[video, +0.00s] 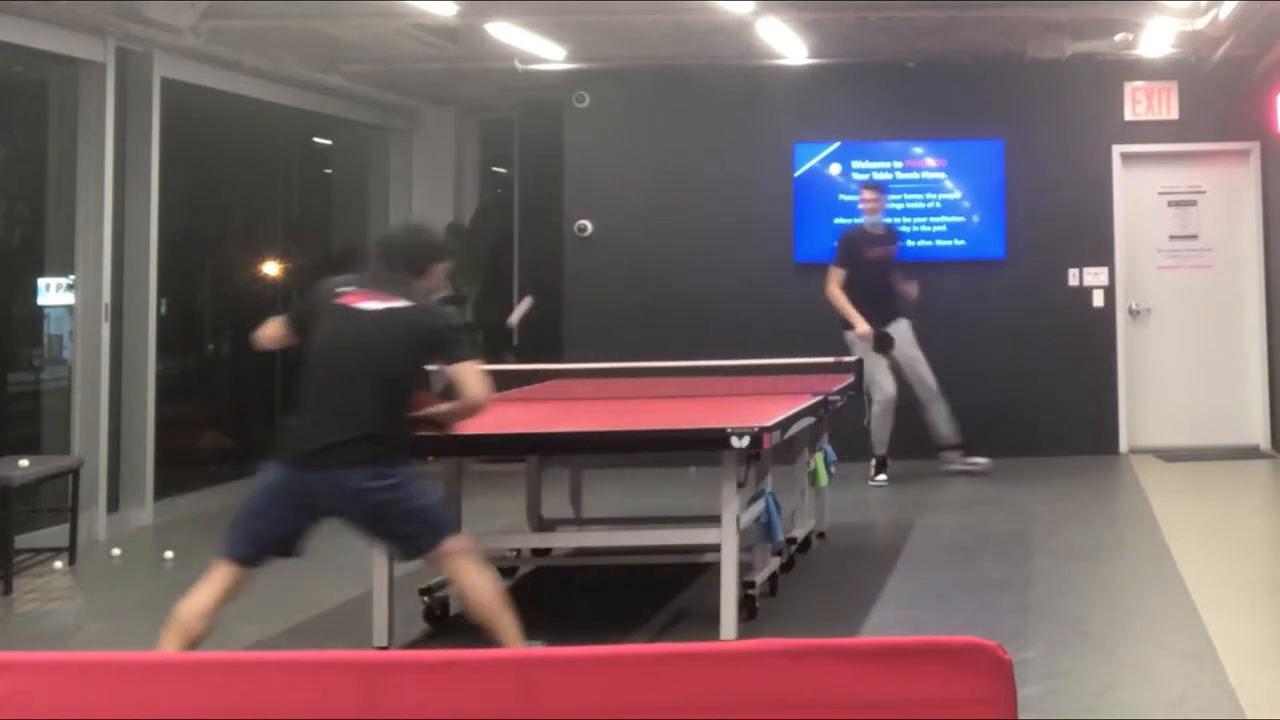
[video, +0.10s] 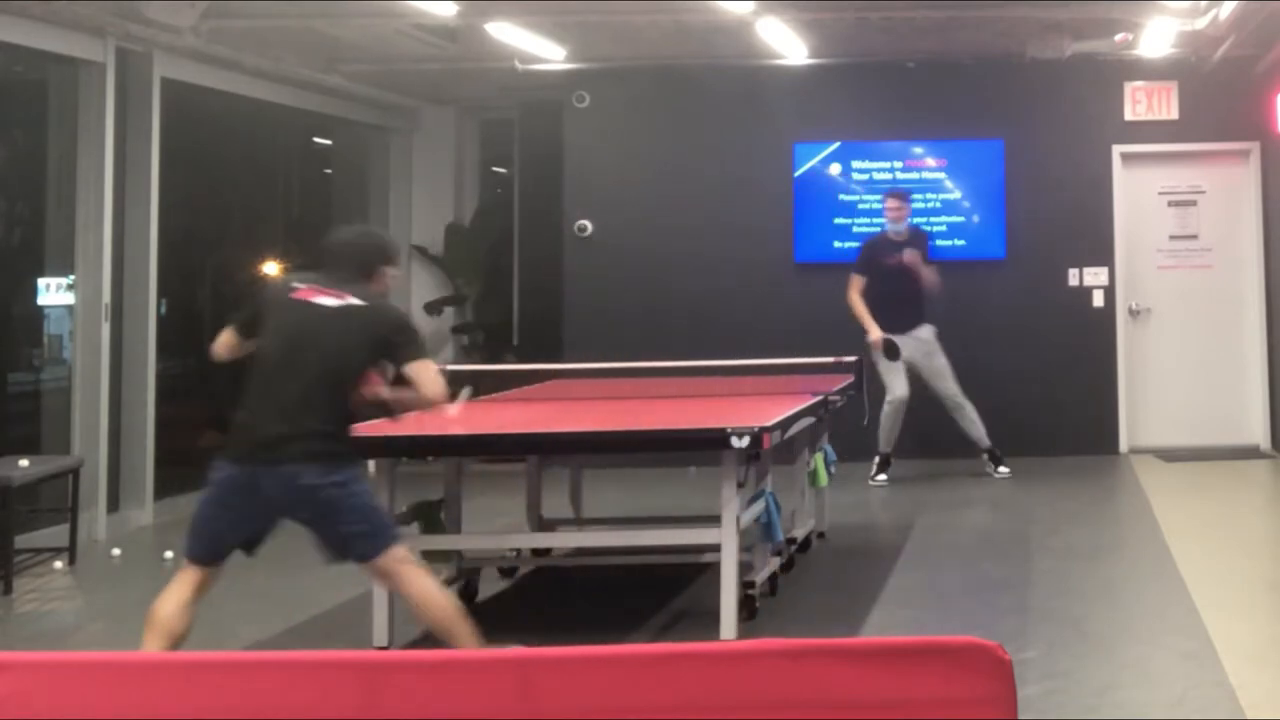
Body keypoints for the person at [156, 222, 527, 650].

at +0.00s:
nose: (444, 285)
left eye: (445, 275)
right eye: (441, 275)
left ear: (383, 262)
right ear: (424, 274)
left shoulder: (331, 295)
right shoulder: (431, 316)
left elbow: (265, 337)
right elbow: (478, 393)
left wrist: (320, 323)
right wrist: (440, 412)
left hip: (296, 467)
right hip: (370, 470)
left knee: (224, 572)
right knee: (457, 554)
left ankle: (155, 674)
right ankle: (524, 659)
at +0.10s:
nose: (392, 283)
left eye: (392, 273)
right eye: (390, 274)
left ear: (328, 262)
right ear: (376, 275)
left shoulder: (278, 293)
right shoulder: (382, 317)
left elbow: (221, 349)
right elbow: (434, 392)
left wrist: (276, 336)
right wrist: (382, 395)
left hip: (246, 462)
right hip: (319, 466)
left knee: (191, 575)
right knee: (401, 567)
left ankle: (140, 678)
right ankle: (482, 662)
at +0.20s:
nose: (356, 261)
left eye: (355, 253)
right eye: (353, 252)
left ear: (291, 244)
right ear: (339, 252)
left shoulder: (247, 272)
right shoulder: (356, 295)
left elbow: (215, 354)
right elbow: (415, 363)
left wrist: (275, 346)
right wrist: (371, 352)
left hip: (220, 446)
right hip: (297, 450)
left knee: (178, 566)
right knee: (357, 567)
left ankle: (137, 681)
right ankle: (426, 674)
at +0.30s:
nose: (336, 233)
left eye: (334, 224)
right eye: (332, 224)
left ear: (272, 224)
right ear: (321, 228)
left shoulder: (235, 252)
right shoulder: (343, 277)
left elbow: (188, 322)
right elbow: (396, 310)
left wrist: (238, 325)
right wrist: (425, 313)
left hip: (212, 431)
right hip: (289, 435)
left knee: (167, 564)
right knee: (339, 555)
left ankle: (137, 683)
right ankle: (393, 670)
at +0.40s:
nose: (325, 218)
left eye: (322, 210)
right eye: (321, 211)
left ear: (259, 215)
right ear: (311, 218)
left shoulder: (226, 246)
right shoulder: (337, 268)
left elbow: (160, 287)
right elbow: (393, 320)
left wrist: (179, 334)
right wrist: (408, 315)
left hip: (218, 428)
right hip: (297, 432)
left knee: (158, 554)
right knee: (340, 550)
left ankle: (126, 677)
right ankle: (387, 666)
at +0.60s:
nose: (314, 233)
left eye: (313, 224)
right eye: (310, 224)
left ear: (247, 227)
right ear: (295, 230)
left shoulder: (197, 274)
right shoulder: (320, 290)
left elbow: (127, 335)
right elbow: (353, 379)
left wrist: (157, 368)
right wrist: (364, 374)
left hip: (194, 455)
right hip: (280, 456)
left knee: (142, 566)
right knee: (343, 565)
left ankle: (111, 688)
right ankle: (407, 672)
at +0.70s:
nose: (320, 221)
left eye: (319, 212)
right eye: (316, 213)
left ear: (251, 216)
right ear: (301, 220)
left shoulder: (198, 258)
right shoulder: (305, 279)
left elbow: (132, 329)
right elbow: (315, 368)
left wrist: (193, 359)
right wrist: (346, 392)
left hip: (172, 436)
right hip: (249, 439)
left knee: (138, 564)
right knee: (315, 553)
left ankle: (109, 687)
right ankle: (375, 670)